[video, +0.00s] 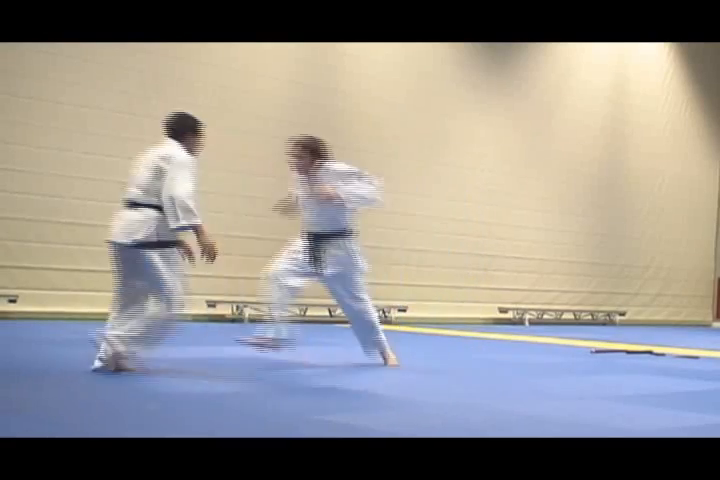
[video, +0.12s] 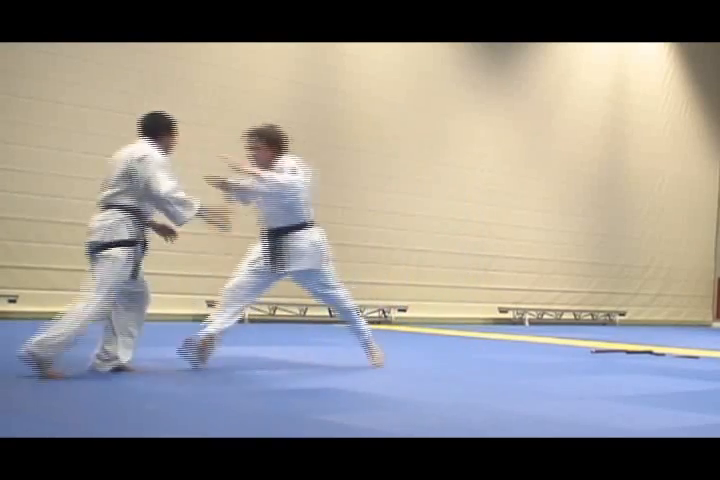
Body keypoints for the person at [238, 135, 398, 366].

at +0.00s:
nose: (293, 162)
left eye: (298, 157)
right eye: (291, 157)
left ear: (313, 157)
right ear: (294, 158)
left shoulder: (335, 172)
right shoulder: (301, 177)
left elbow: (372, 191)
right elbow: (306, 199)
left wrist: (339, 194)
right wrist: (292, 205)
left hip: (338, 247)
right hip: (308, 246)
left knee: (356, 303)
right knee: (276, 275)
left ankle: (385, 352)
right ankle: (276, 335)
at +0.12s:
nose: (251, 155)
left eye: (255, 150)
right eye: (250, 150)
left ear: (271, 149)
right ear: (263, 150)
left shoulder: (291, 166)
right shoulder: (263, 174)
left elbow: (286, 184)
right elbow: (249, 195)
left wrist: (249, 172)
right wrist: (228, 187)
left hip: (302, 240)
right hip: (273, 244)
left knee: (334, 295)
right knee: (235, 292)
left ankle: (368, 343)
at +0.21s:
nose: (229, 154)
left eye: (234, 149)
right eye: (228, 149)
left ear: (250, 152)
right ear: (230, 152)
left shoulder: (266, 172)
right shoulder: (228, 176)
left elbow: (242, 183)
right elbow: (201, 186)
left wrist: (209, 176)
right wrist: (178, 173)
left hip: (277, 245)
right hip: (244, 249)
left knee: (312, 303)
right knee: (209, 294)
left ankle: (349, 355)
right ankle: (193, 356)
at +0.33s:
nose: (194, 147)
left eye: (199, 141)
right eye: (193, 141)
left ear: (215, 142)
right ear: (198, 144)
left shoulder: (234, 163)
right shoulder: (199, 166)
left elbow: (212, 190)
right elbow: (170, 165)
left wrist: (182, 207)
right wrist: (146, 154)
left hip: (254, 233)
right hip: (227, 239)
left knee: (282, 292)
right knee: (189, 287)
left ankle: (314, 354)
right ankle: (188, 357)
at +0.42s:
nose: (178, 134)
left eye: (184, 129)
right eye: (177, 129)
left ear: (202, 131)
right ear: (179, 131)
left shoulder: (224, 154)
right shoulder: (180, 156)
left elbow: (219, 193)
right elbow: (148, 140)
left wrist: (202, 225)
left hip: (241, 225)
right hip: (209, 229)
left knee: (271, 287)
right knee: (175, 281)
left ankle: (309, 348)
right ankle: (177, 349)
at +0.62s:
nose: (157, 129)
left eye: (162, 124)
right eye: (155, 124)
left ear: (181, 127)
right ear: (154, 127)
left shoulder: (204, 154)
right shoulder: (149, 149)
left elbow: (225, 190)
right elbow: (113, 131)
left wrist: (230, 224)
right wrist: (80, 111)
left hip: (210, 227)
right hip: (175, 232)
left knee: (243, 291)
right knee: (147, 292)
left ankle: (280, 354)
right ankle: (150, 359)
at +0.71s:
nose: (147, 128)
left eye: (153, 122)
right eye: (146, 123)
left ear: (172, 123)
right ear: (146, 125)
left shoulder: (200, 145)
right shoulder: (143, 147)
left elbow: (228, 175)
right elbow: (102, 134)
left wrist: (240, 199)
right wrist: (61, 118)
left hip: (207, 223)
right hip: (172, 228)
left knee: (231, 290)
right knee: (147, 293)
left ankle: (264, 359)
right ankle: (150, 360)